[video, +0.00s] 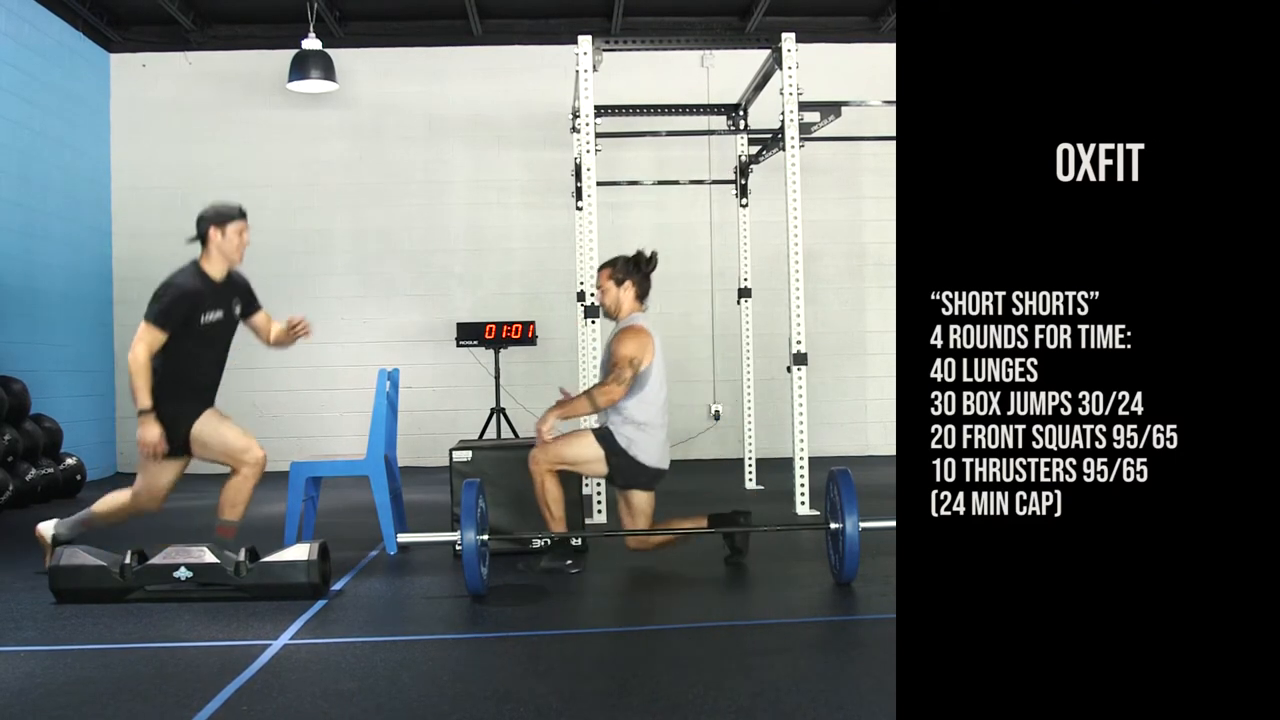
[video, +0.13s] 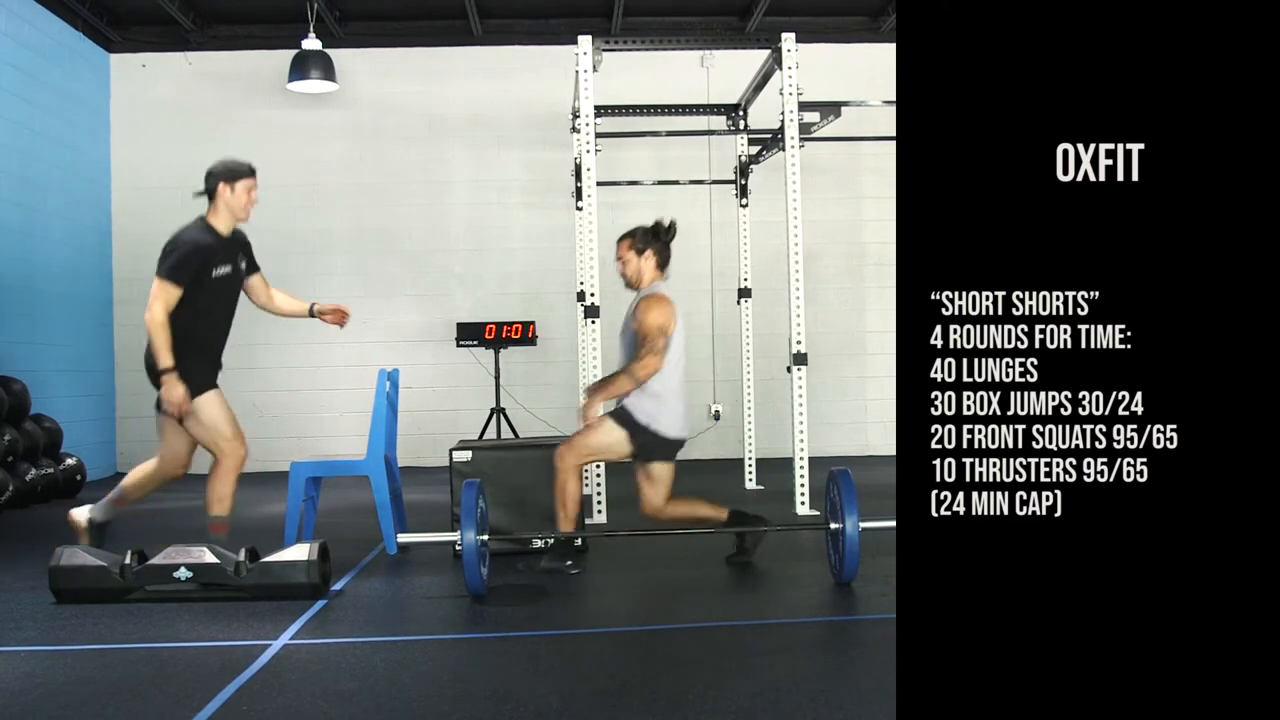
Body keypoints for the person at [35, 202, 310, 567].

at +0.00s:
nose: (246, 241)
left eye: (247, 234)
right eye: (240, 234)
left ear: (223, 238)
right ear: (214, 235)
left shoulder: (236, 286)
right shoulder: (181, 288)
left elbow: (268, 331)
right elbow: (139, 351)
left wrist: (287, 334)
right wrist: (146, 416)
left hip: (194, 407)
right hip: (171, 408)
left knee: (145, 499)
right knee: (250, 458)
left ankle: (57, 532)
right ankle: (222, 556)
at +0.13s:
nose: (255, 199)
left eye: (255, 192)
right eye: (249, 191)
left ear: (230, 192)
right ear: (224, 190)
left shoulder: (237, 242)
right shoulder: (189, 243)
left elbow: (264, 296)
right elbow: (155, 311)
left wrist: (315, 310)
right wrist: (169, 376)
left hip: (198, 364)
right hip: (180, 366)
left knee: (171, 463)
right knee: (231, 451)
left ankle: (92, 516)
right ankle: (218, 556)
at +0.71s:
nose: (282, 199)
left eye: (283, 191)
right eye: (278, 190)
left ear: (257, 187)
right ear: (254, 184)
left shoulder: (239, 230)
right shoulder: (224, 224)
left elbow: (219, 293)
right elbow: (212, 288)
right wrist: (265, 331)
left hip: (217, 352)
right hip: (193, 349)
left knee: (244, 445)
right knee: (213, 451)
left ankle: (243, 550)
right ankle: (143, 543)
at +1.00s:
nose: (284, 277)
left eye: (286, 270)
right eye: (282, 267)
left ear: (260, 264)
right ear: (258, 262)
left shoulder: (224, 299)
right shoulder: (235, 298)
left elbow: (180, 352)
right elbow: (233, 368)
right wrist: (284, 374)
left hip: (202, 417)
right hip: (172, 417)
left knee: (278, 453)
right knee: (137, 520)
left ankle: (246, 550)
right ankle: (22, 540)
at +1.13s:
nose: (282, 316)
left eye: (284, 309)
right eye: (280, 307)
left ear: (257, 301)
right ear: (258, 300)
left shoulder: (232, 334)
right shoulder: (230, 336)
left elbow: (218, 404)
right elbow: (221, 406)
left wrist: (260, 406)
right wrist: (271, 402)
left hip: (197, 444)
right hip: (167, 452)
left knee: (278, 455)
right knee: (145, 556)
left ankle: (247, 548)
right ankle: (31, 541)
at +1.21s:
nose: (283, 327)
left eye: (285, 319)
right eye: (280, 318)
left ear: (258, 314)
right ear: (257, 313)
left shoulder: (233, 350)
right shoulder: (226, 347)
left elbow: (211, 417)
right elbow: (210, 416)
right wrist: (264, 414)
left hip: (199, 455)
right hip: (168, 463)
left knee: (279, 453)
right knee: (140, 564)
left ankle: (248, 550)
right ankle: (28, 541)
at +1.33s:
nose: (286, 314)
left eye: (288, 306)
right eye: (283, 305)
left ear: (260, 303)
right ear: (260, 302)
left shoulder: (236, 338)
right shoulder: (230, 336)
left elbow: (208, 399)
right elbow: (206, 399)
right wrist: (264, 404)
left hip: (198, 444)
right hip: (167, 450)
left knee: (279, 454)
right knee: (138, 553)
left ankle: (248, 549)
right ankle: (23, 541)